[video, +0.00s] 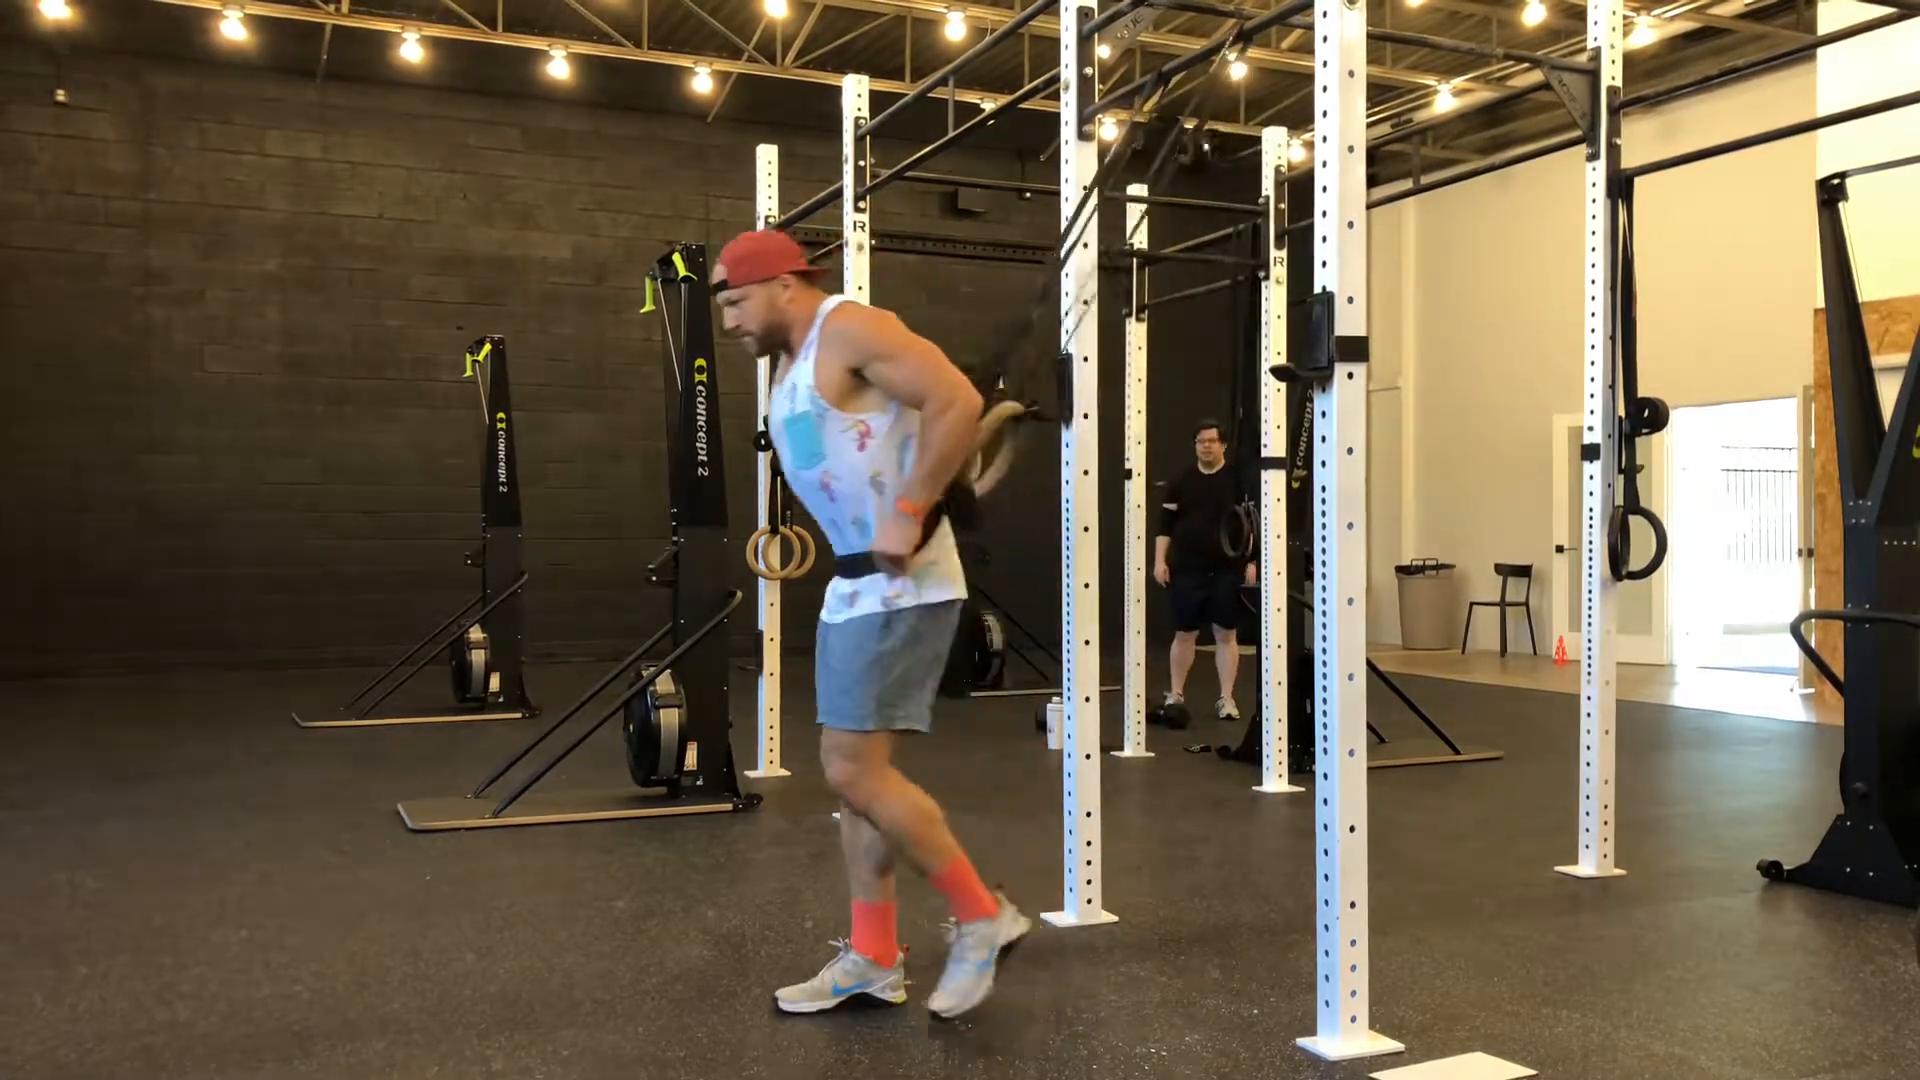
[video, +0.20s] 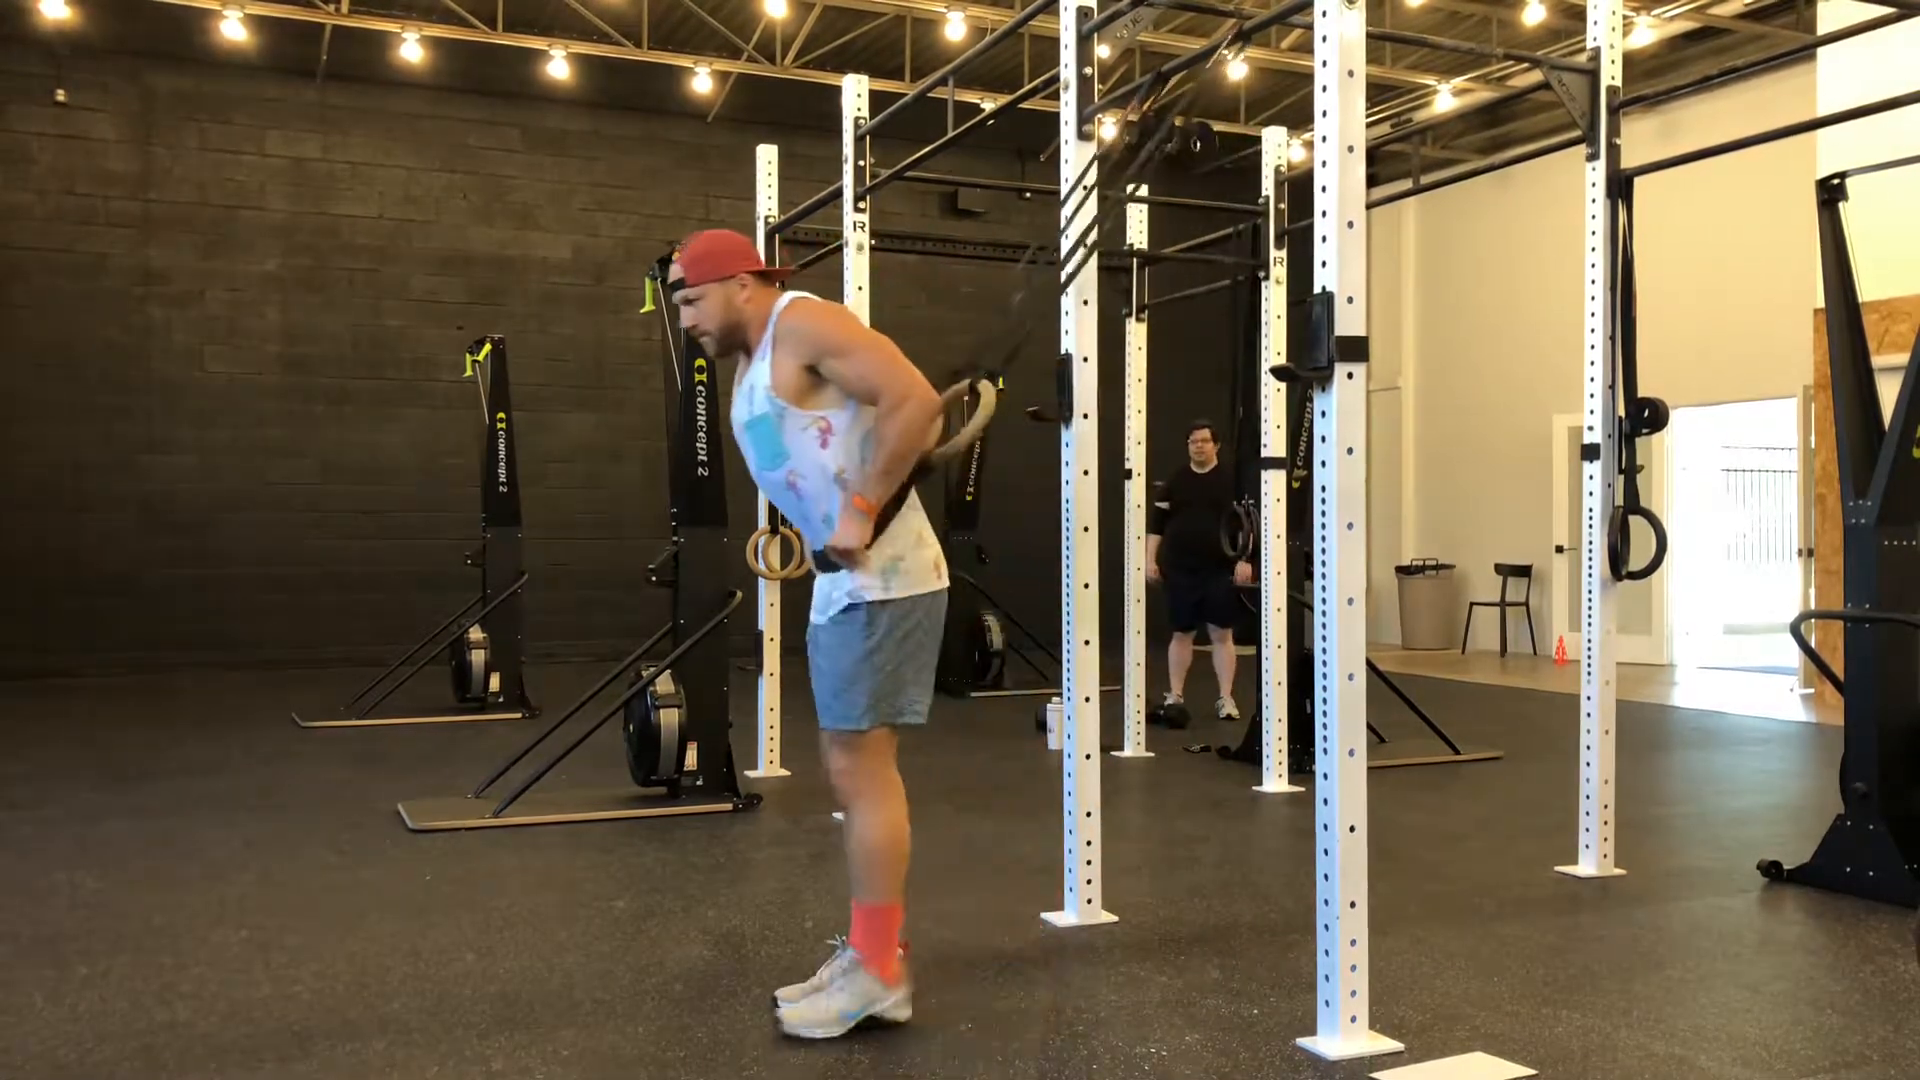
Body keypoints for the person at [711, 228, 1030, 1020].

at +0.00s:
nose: (727, 315)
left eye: (735, 296)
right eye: (724, 299)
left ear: (784, 286)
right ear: (772, 293)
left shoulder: (850, 327)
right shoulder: (796, 366)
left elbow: (959, 403)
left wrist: (908, 512)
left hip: (901, 586)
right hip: (857, 586)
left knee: (855, 768)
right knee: (856, 772)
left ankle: (985, 917)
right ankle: (873, 957)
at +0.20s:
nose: (684, 317)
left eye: (691, 297)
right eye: (679, 302)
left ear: (740, 284)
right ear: (727, 295)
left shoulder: (803, 322)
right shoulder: (756, 365)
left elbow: (916, 401)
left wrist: (862, 511)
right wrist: (828, 520)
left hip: (875, 584)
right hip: (842, 584)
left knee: (863, 769)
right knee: (853, 770)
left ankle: (881, 971)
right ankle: (866, 955)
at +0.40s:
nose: (659, 323)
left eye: (665, 302)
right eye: (655, 307)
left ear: (718, 290)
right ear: (700, 300)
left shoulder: (775, 330)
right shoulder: (738, 366)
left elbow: (896, 402)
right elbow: (838, 434)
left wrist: (877, 524)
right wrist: (835, 533)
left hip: (883, 588)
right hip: (832, 587)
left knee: (876, 772)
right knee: (842, 766)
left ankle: (879, 977)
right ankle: (862, 948)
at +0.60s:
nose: (664, 315)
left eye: (673, 294)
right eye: (660, 299)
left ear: (727, 284)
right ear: (714, 293)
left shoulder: (783, 331)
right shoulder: (739, 367)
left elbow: (887, 406)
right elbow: (817, 444)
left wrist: (868, 530)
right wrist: (806, 538)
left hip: (874, 583)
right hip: (831, 586)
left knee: (869, 766)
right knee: (854, 758)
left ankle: (875, 976)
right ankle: (977, 889)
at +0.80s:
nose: (657, 318)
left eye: (665, 298)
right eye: (653, 303)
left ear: (720, 291)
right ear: (698, 300)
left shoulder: (785, 345)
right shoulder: (727, 381)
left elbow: (896, 416)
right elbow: (783, 478)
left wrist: (912, 546)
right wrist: (744, 555)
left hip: (871, 580)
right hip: (838, 586)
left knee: (836, 774)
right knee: (907, 754)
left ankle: (870, 976)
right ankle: (1018, 885)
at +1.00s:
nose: (627, 361)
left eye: (633, 340)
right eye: (622, 345)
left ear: (686, 327)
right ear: (679, 334)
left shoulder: (767, 376)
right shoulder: (703, 415)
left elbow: (886, 453)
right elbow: (733, 519)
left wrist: (906, 577)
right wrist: (669, 581)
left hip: (861, 597)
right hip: (834, 602)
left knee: (783, 779)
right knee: (920, 763)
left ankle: (862, 969)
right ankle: (1031, 896)